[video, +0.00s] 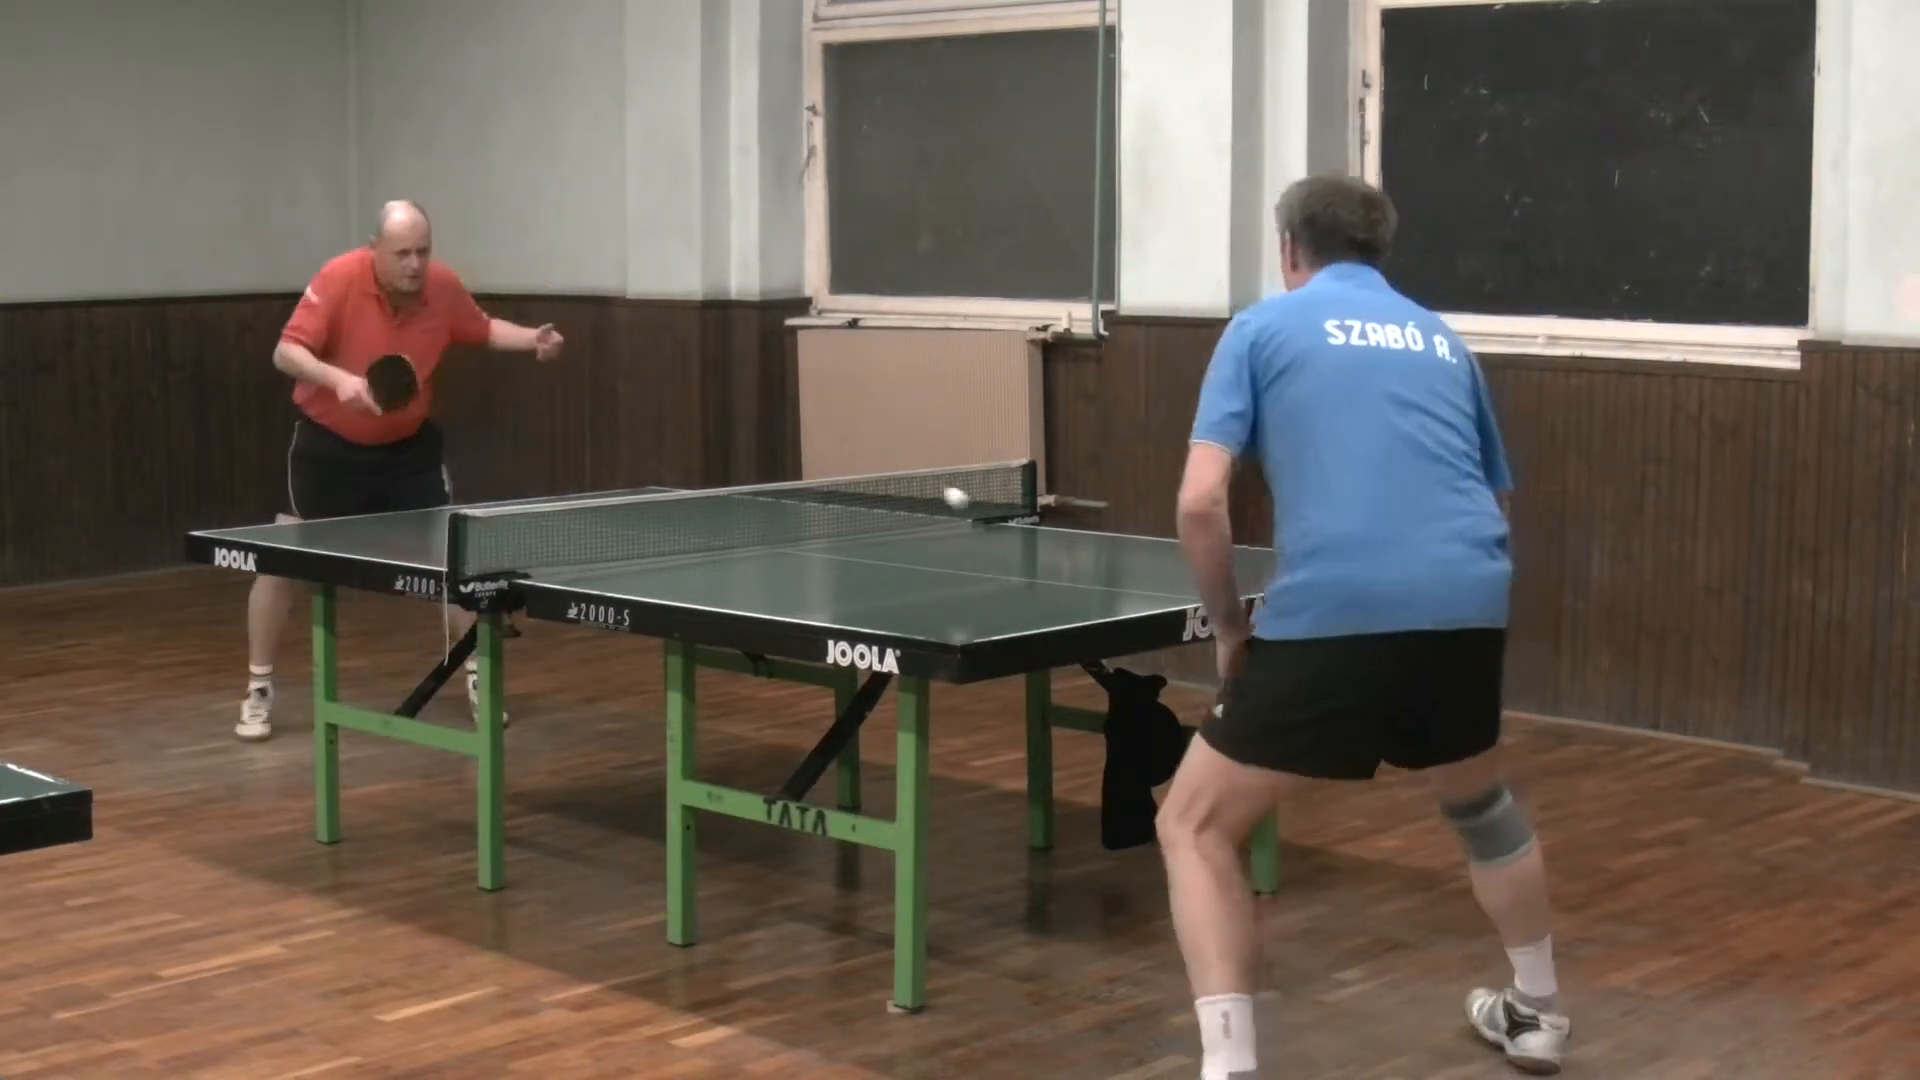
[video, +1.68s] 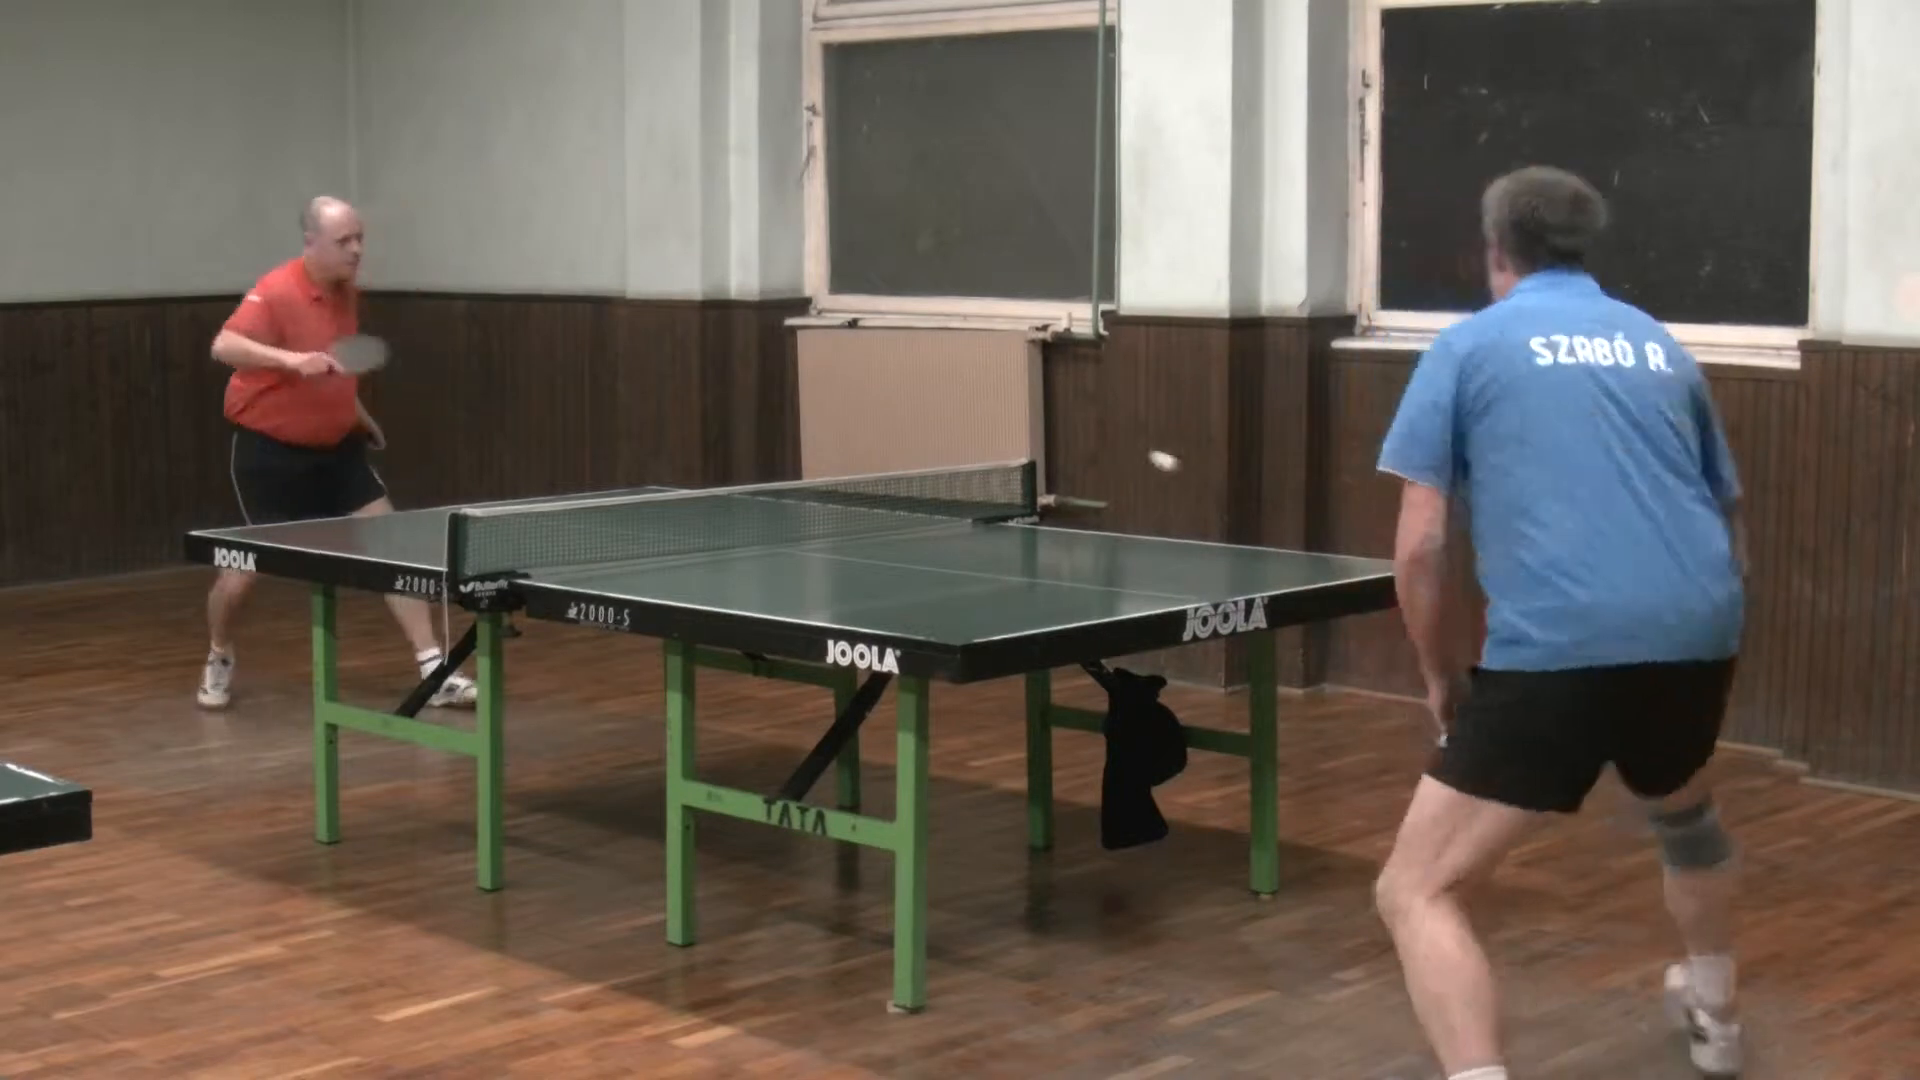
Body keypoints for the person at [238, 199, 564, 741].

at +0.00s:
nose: (414, 264)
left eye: (422, 252)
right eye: (403, 254)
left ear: (431, 248)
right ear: (375, 250)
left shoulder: (444, 287)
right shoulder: (341, 278)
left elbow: (481, 327)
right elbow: (286, 351)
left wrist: (531, 339)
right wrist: (337, 378)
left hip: (411, 447)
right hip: (329, 447)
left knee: (453, 564)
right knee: (283, 560)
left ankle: (479, 683)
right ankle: (259, 688)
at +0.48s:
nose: (373, 267)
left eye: (380, 256)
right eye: (360, 258)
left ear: (387, 253)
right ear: (331, 259)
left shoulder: (405, 293)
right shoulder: (298, 304)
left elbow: (439, 343)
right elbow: (268, 391)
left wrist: (462, 380)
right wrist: (322, 434)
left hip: (392, 456)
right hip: (310, 460)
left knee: (446, 555)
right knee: (266, 563)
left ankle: (460, 675)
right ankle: (244, 690)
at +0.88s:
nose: (409, 292)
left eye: (412, 281)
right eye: (398, 281)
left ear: (415, 275)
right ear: (362, 273)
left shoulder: (408, 308)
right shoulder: (318, 308)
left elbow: (412, 363)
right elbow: (285, 401)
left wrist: (436, 407)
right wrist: (369, 433)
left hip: (378, 458)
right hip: (304, 459)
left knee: (441, 552)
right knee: (268, 566)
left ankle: (459, 676)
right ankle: (240, 691)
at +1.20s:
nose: (428, 287)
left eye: (431, 277)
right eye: (422, 275)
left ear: (396, 264)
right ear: (386, 261)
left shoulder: (383, 296)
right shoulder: (338, 290)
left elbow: (364, 369)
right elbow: (347, 376)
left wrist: (388, 407)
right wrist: (412, 372)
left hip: (362, 440)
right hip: (297, 439)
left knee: (418, 539)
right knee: (278, 559)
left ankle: (439, 671)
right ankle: (241, 689)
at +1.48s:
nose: (423, 264)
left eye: (426, 253)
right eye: (413, 254)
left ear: (423, 251)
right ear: (377, 249)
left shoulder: (398, 296)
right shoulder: (340, 281)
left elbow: (384, 360)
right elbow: (310, 319)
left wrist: (407, 404)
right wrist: (366, 339)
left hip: (366, 443)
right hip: (298, 439)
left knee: (418, 545)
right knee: (262, 556)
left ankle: (438, 674)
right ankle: (224, 675)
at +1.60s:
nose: (390, 254)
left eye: (393, 243)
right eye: (378, 245)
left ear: (393, 243)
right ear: (344, 245)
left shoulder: (371, 292)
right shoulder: (309, 285)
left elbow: (359, 361)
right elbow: (255, 333)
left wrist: (389, 414)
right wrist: (318, 346)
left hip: (351, 444)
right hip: (286, 445)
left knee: (409, 545)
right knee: (262, 563)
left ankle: (437, 671)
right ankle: (217, 650)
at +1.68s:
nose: (356, 249)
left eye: (359, 239)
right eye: (343, 241)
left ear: (360, 241)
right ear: (310, 243)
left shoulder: (344, 292)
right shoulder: (276, 289)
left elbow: (333, 365)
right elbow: (224, 344)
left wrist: (359, 415)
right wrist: (289, 360)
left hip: (336, 446)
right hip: (270, 449)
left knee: (393, 545)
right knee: (244, 570)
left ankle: (434, 667)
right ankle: (219, 656)